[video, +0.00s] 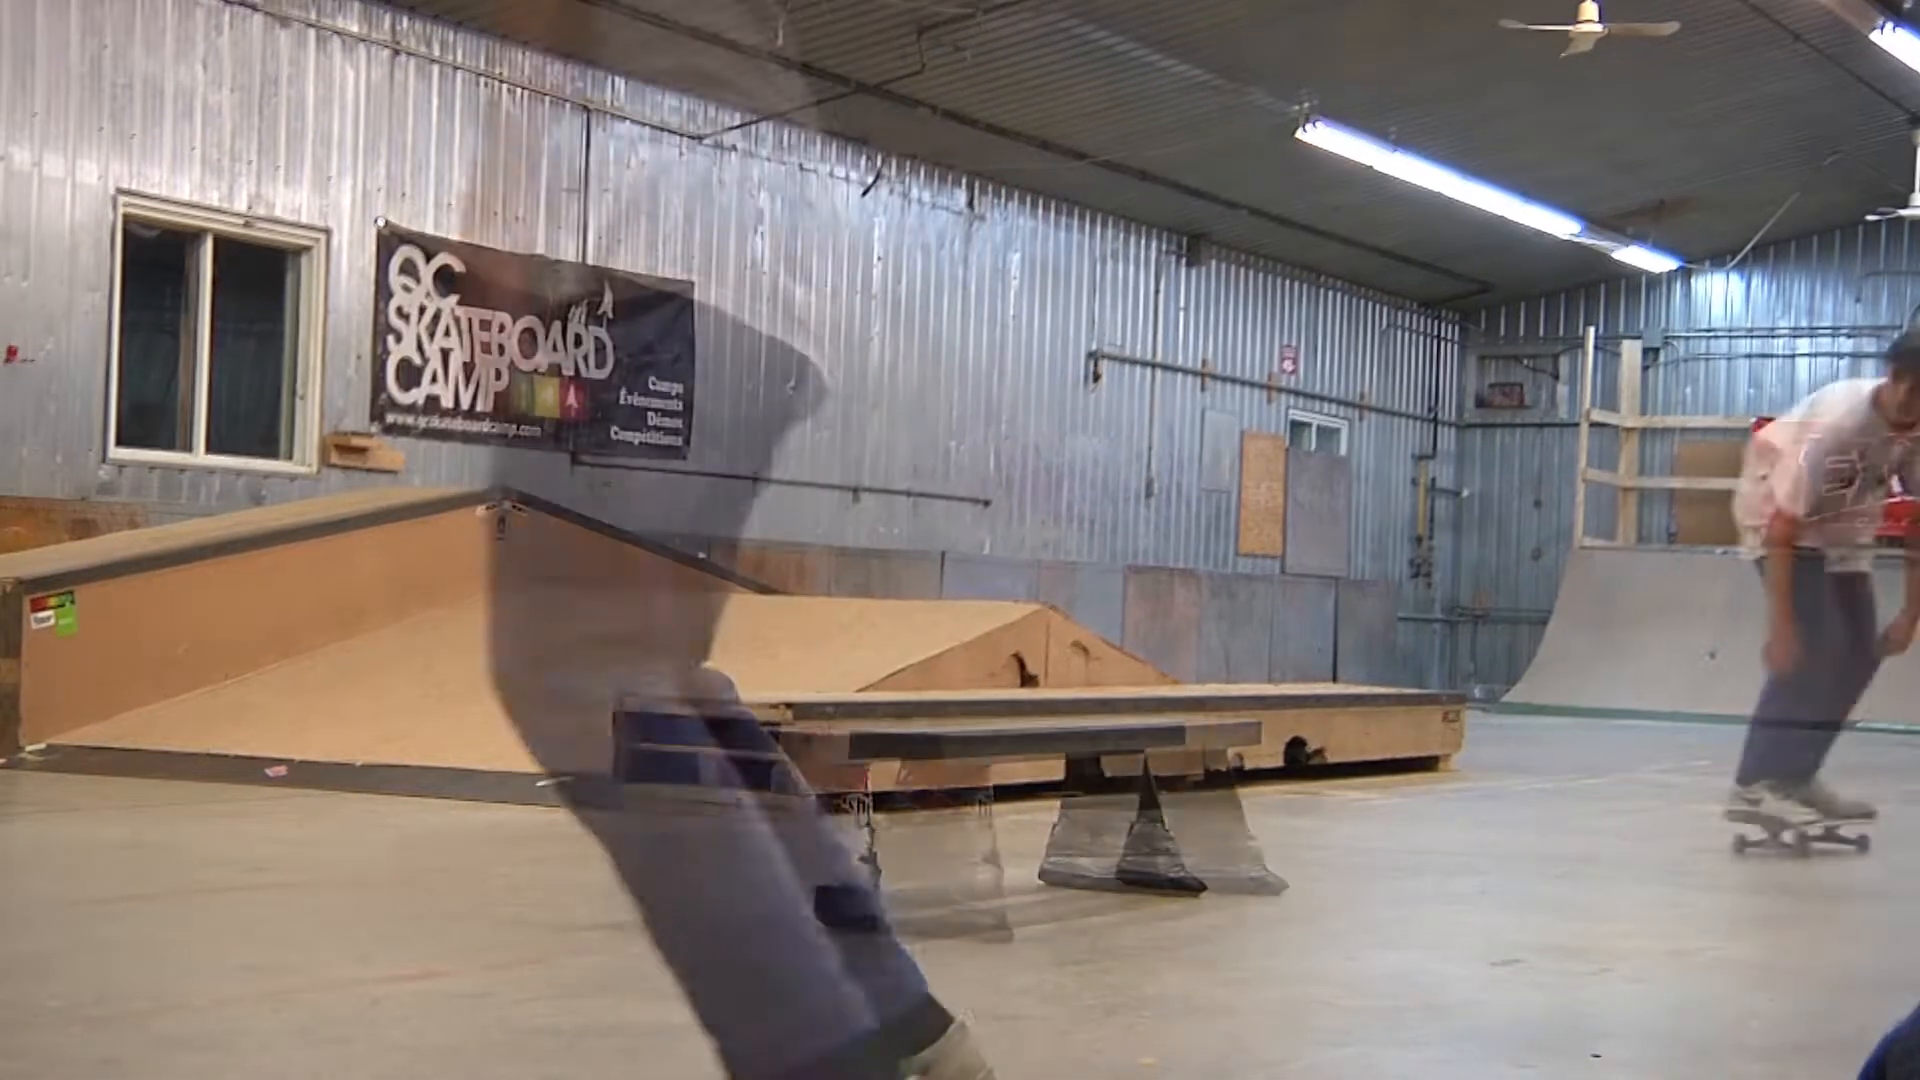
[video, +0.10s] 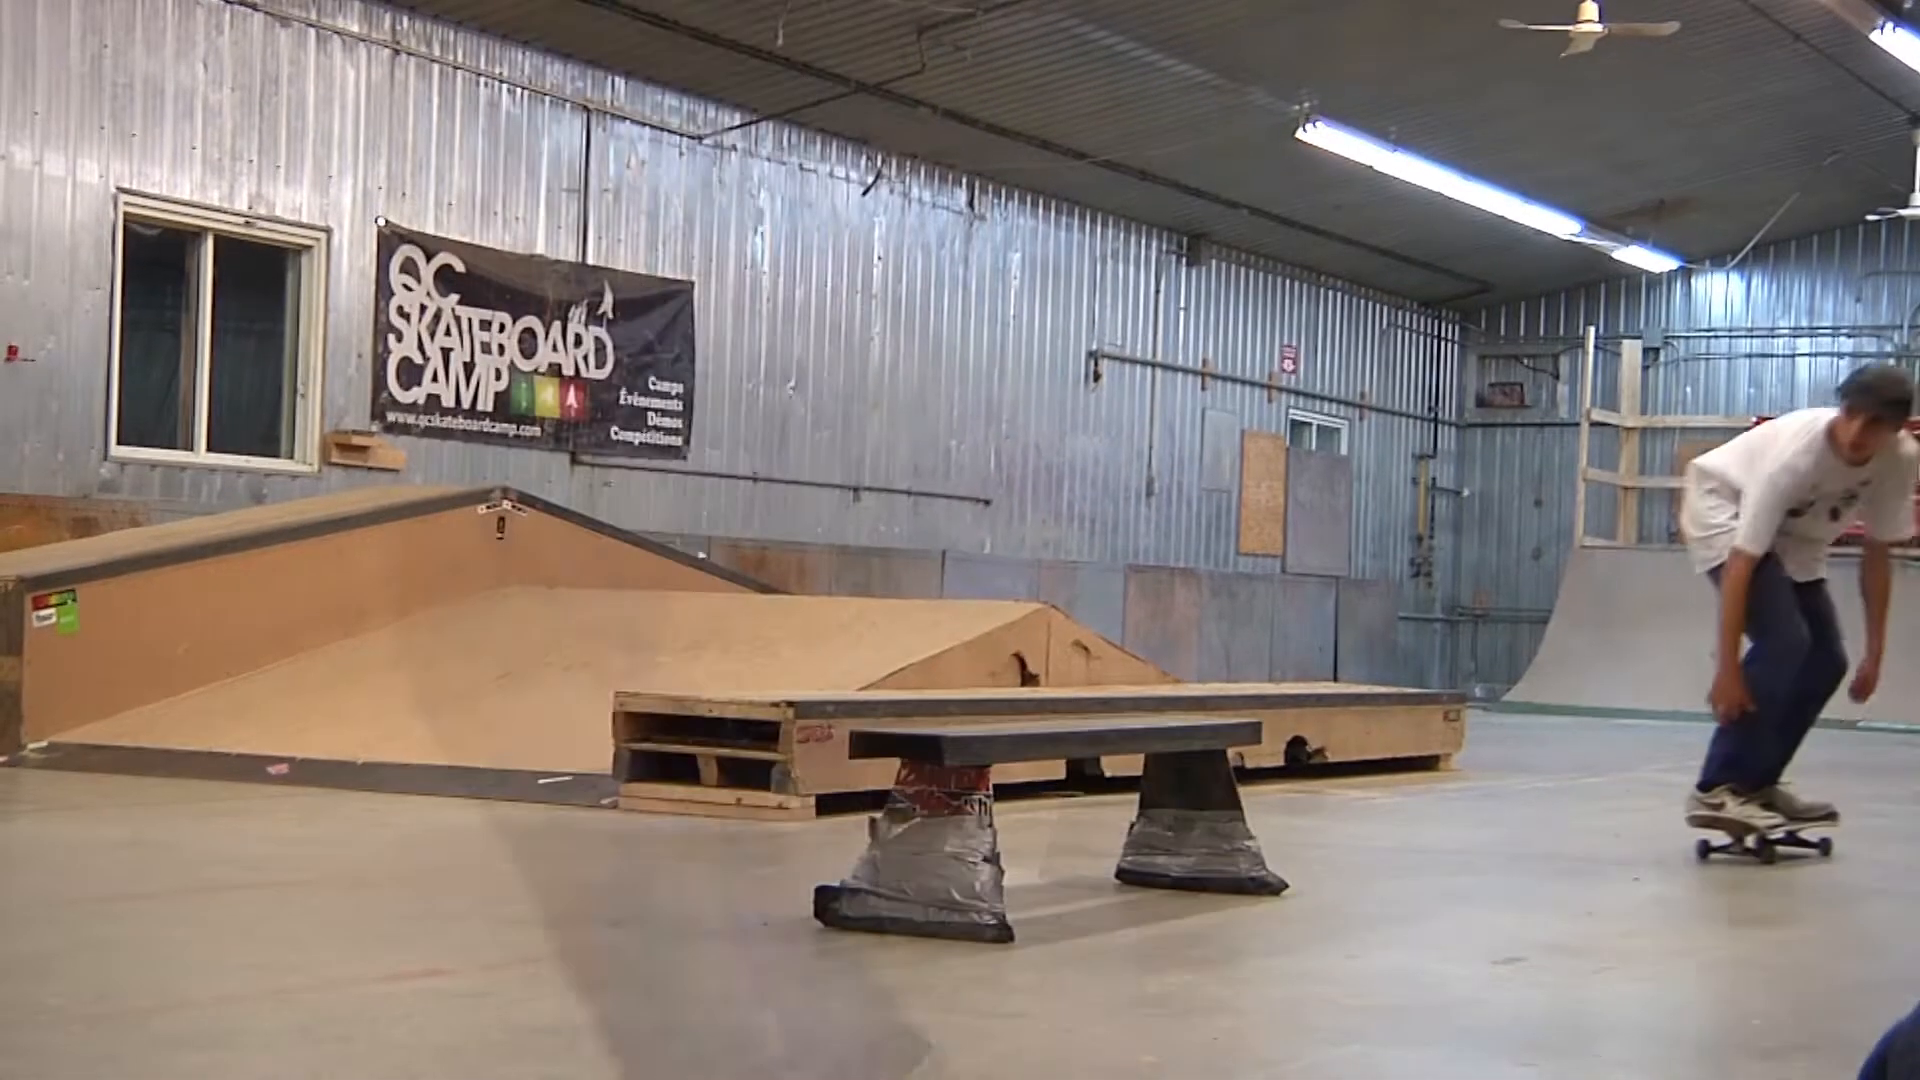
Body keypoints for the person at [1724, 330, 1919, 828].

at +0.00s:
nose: (1917, 407)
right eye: (1914, 392)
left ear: (1917, 391)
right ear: (1894, 379)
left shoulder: (1909, 434)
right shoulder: (1837, 422)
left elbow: (1918, 525)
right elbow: (1781, 525)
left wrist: (1911, 611)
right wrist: (1781, 627)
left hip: (1843, 538)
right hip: (1788, 534)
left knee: (1859, 654)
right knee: (1812, 653)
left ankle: (1797, 777)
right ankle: (1755, 784)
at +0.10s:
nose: (1854, 433)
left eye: (1873, 425)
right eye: (1850, 416)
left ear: (1897, 429)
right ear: (1840, 408)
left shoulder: (1899, 459)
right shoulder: (1792, 456)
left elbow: (1876, 554)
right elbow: (1740, 563)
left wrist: (1873, 656)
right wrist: (1727, 671)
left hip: (1794, 538)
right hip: (1723, 512)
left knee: (1825, 661)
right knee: (1784, 645)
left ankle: (1757, 785)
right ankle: (1715, 791)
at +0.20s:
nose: (1806, 459)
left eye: (1824, 452)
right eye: (1802, 443)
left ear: (1848, 455)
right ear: (1791, 434)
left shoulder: (1854, 479)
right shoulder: (1744, 479)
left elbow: (1834, 578)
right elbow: (1688, 591)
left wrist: (1836, 682)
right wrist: (1679, 699)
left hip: (1745, 549)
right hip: (1675, 526)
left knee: (1793, 670)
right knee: (1747, 647)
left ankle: (1720, 790)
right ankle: (1676, 795)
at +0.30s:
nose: (1756, 481)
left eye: (1774, 474)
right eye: (1752, 464)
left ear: (1797, 477)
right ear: (1740, 453)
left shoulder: (1806, 495)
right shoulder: (1694, 496)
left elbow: (1791, 594)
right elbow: (1637, 611)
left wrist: (1794, 694)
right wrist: (1631, 721)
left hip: (1695, 557)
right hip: (1621, 536)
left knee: (1757, 673)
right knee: (1711, 653)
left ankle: (1682, 795)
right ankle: (1636, 800)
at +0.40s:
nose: (1705, 491)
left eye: (1722, 484)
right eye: (1702, 475)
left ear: (1744, 485)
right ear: (1688, 462)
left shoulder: (1755, 503)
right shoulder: (1639, 504)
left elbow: (1743, 601)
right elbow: (1583, 618)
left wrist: (1750, 712)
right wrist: (1581, 737)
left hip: (1648, 570)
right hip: (1571, 550)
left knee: (1721, 682)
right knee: (1667, 654)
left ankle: (1640, 801)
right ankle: (1586, 805)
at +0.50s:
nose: (1645, 483)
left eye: (1664, 477)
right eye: (1641, 465)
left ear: (1688, 481)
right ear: (1630, 457)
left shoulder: (1703, 501)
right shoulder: (1584, 501)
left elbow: (1691, 604)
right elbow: (1525, 619)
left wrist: (1697, 713)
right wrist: (1524, 739)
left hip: (1602, 574)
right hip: (1519, 553)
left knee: (1677, 686)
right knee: (1615, 653)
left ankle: (1590, 803)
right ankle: (1531, 809)